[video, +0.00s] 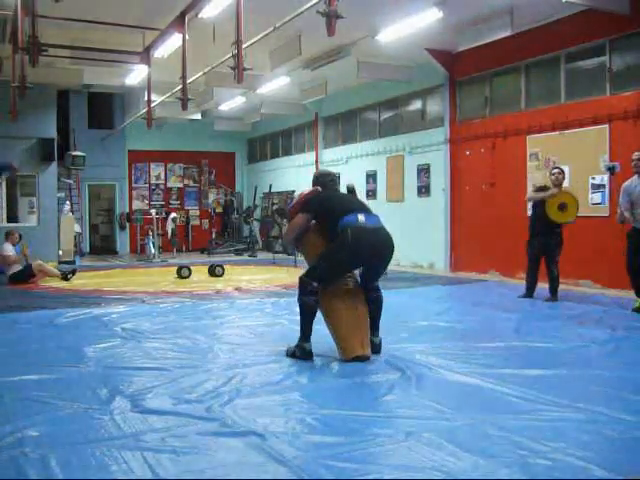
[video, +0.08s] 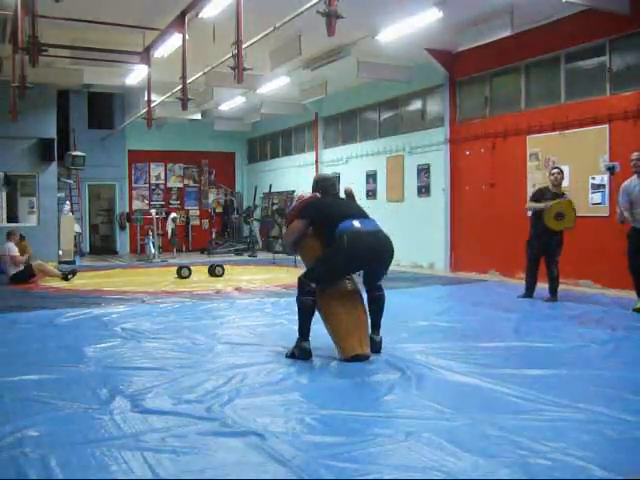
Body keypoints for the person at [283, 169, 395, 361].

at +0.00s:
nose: (312, 190)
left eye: (312, 188)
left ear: (316, 188)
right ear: (336, 186)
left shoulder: (314, 198)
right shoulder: (350, 198)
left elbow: (289, 236)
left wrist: (292, 247)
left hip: (353, 243)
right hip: (383, 241)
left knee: (308, 282)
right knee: (370, 283)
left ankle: (304, 344)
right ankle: (375, 338)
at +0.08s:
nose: (312, 194)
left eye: (313, 192)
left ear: (316, 193)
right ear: (336, 190)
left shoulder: (312, 205)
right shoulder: (348, 203)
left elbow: (289, 239)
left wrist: (293, 250)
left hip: (352, 246)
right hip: (383, 244)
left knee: (307, 282)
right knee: (373, 284)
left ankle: (303, 343)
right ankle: (375, 337)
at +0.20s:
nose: (311, 193)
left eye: (311, 191)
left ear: (315, 191)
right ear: (335, 189)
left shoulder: (312, 203)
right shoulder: (348, 200)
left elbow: (291, 232)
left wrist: (292, 250)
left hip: (348, 242)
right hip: (380, 239)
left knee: (310, 282)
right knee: (372, 282)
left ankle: (303, 342)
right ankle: (375, 336)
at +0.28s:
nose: (310, 183)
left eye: (310, 181)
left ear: (313, 181)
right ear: (333, 179)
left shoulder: (310, 193)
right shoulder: (347, 191)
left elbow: (290, 225)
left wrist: (289, 241)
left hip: (347, 234)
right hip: (378, 231)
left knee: (312, 282)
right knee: (372, 282)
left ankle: (303, 343)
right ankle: (375, 336)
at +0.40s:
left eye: (313, 167)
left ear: (313, 168)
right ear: (334, 165)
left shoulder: (311, 183)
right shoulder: (350, 179)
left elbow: (290, 218)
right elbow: (365, 206)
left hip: (345, 229)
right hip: (375, 225)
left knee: (312, 283)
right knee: (375, 282)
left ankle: (303, 346)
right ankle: (377, 340)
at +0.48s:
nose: (315, 160)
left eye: (315, 156)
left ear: (317, 157)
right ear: (338, 156)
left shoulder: (313, 174)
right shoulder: (353, 173)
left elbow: (290, 210)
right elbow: (365, 199)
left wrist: (302, 222)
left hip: (344, 226)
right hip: (373, 223)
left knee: (309, 283)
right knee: (377, 282)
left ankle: (303, 347)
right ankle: (378, 340)